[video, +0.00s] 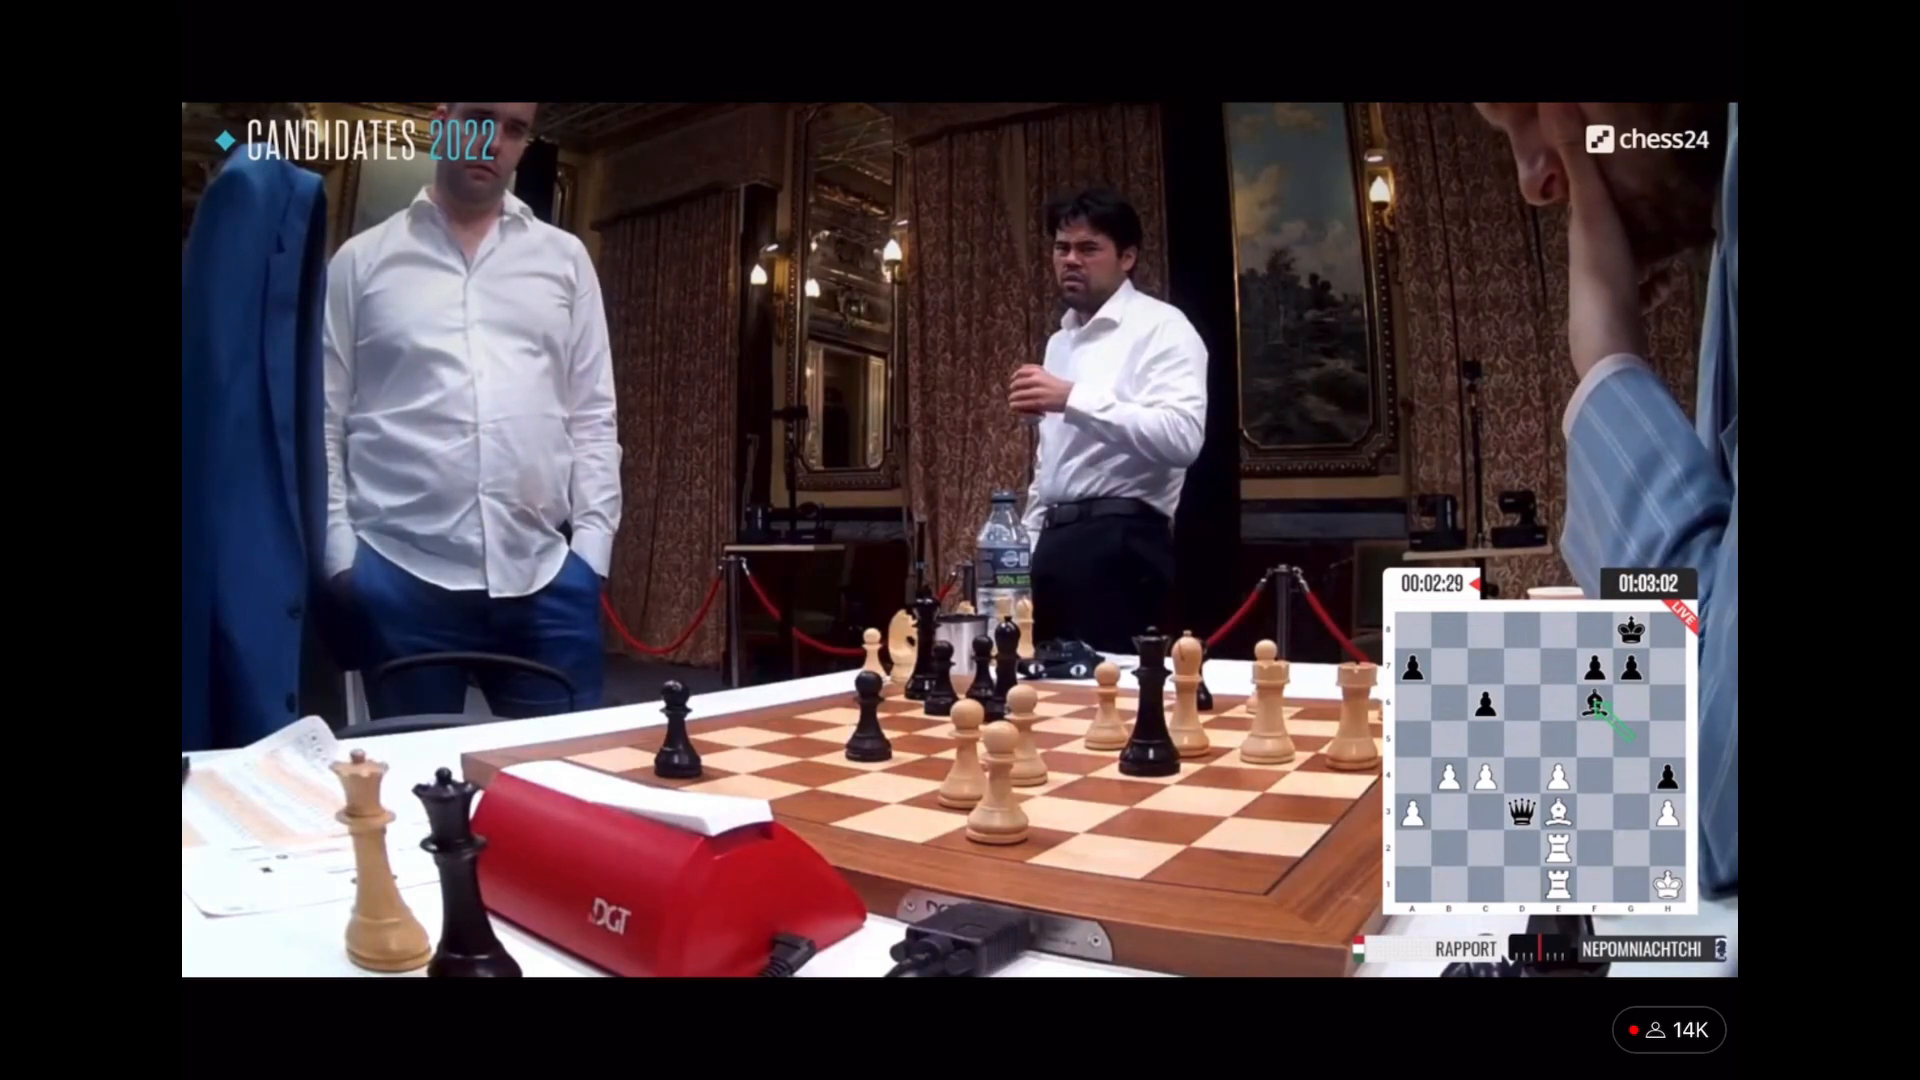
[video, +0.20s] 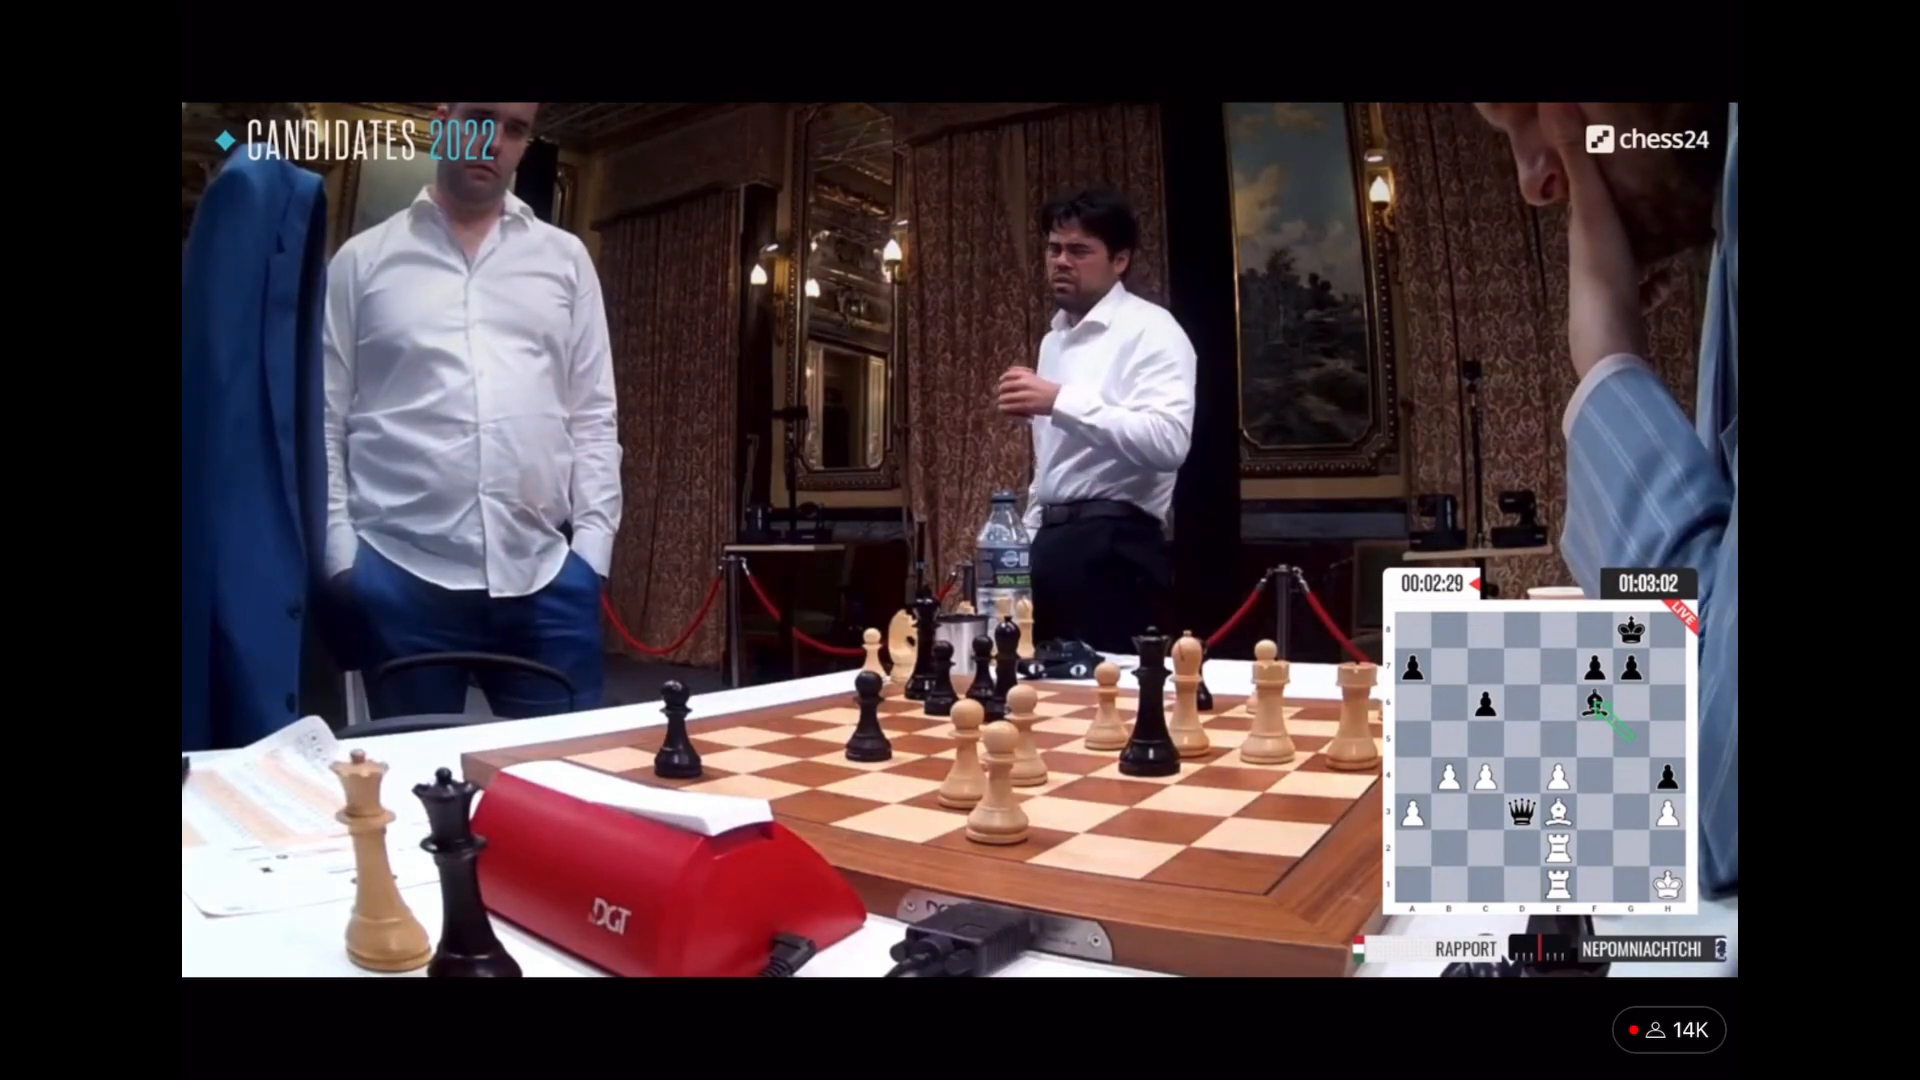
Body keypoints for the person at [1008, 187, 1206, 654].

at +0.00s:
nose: (1071, 261)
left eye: (1088, 248)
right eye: (1063, 248)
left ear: (1126, 258)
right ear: (1052, 254)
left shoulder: (1166, 329)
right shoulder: (1060, 344)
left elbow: (1181, 437)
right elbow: (1050, 461)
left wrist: (1072, 397)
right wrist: (1029, 539)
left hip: (1125, 536)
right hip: (1058, 535)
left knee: (1122, 696)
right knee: (1059, 696)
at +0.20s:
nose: (1061, 262)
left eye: (1079, 251)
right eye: (1055, 249)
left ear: (1119, 261)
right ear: (1045, 254)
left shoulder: (1155, 332)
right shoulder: (1054, 342)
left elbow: (1167, 442)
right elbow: (1051, 460)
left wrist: (1060, 400)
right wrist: (1030, 529)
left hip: (1118, 537)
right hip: (1055, 534)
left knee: (1118, 696)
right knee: (1060, 696)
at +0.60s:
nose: (953, 283)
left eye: (965, 269)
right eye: (954, 271)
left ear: (1011, 273)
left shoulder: (1055, 342)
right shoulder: (999, 349)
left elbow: (1044, 446)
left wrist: (951, 412)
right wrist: (948, 415)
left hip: (1045, 546)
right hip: (1002, 539)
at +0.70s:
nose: (926, 289)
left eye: (936, 275)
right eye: (926, 278)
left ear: (981, 276)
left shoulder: (1021, 344)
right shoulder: (976, 348)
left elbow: (1009, 449)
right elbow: (979, 447)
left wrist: (920, 414)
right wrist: (917, 418)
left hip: (1007, 544)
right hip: (972, 537)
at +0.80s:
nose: (883, 289)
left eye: (891, 275)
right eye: (883, 277)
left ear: (931, 275)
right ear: (929, 277)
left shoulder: (963, 337)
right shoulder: (947, 337)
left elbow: (956, 442)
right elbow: (945, 437)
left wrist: (872, 415)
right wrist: (873, 415)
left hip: (956, 532)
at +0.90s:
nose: (863, 288)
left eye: (871, 275)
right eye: (866, 276)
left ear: (908, 278)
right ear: (906, 279)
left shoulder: (934, 335)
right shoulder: (935, 332)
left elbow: (927, 436)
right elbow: (922, 433)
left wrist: (849, 414)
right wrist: (851, 415)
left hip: (930, 526)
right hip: (942, 525)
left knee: (873, 647)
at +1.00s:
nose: (818, 301)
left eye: (824, 288)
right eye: (819, 289)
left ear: (856, 287)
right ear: (859, 288)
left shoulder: (876, 337)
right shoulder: (907, 339)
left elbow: (864, 435)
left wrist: (795, 417)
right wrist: (803, 422)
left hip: (887, 538)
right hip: (935, 543)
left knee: (817, 661)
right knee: (908, 676)